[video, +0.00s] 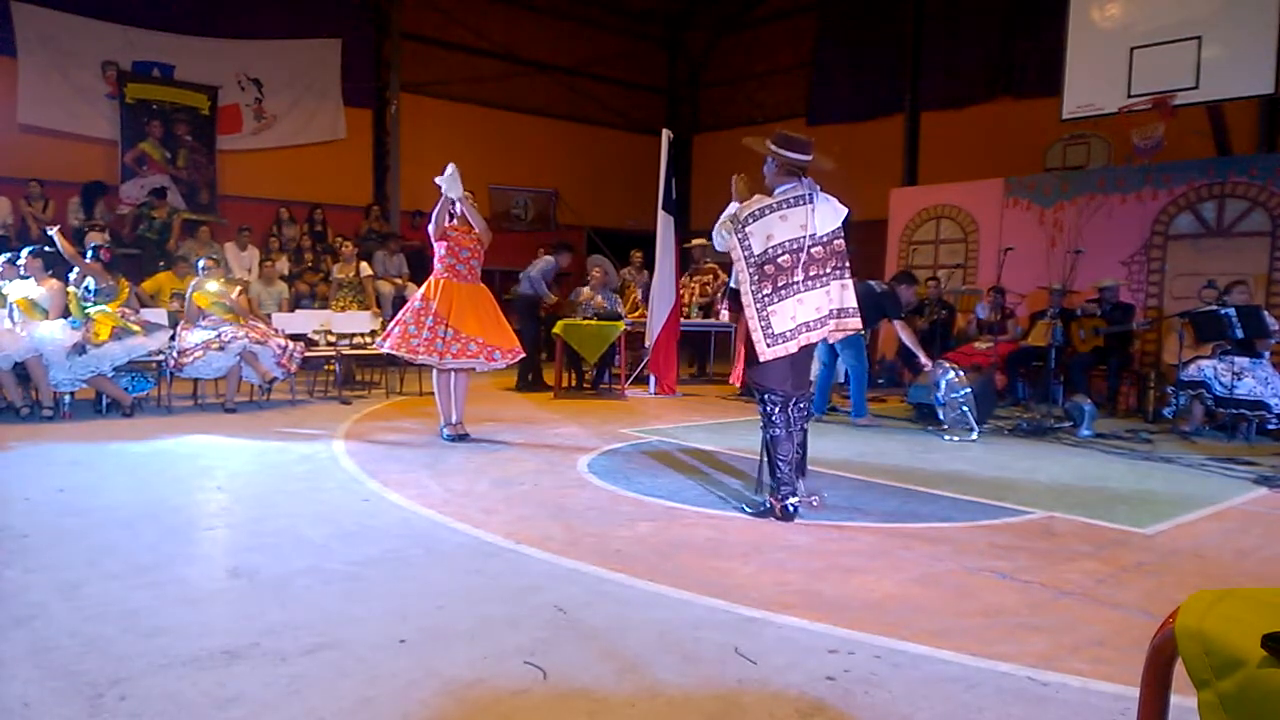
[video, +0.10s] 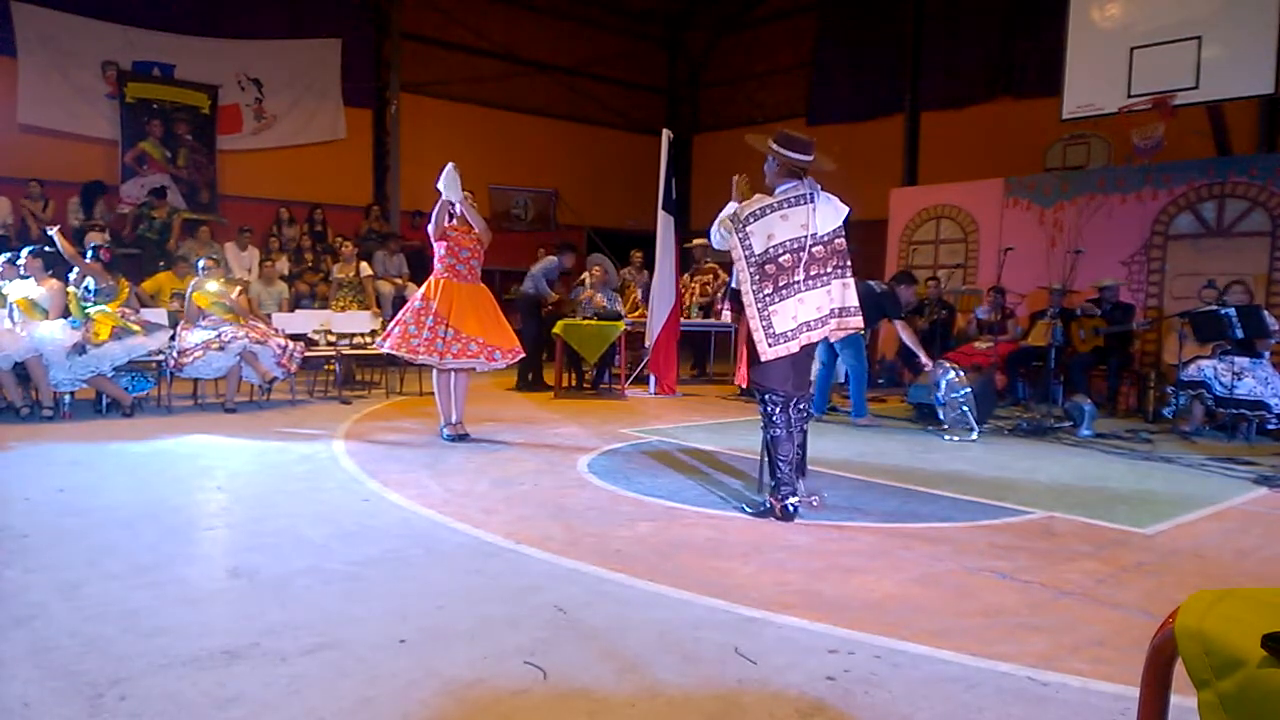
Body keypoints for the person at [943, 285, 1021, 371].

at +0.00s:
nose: (992, 300)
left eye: (996, 297)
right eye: (990, 296)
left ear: (1002, 299)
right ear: (986, 298)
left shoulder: (1008, 314)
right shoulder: (981, 313)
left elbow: (1012, 335)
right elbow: (973, 334)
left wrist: (994, 339)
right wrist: (971, 324)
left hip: (1002, 344)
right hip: (983, 343)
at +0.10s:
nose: (991, 299)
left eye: (995, 297)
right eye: (989, 296)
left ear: (1001, 300)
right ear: (986, 298)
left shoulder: (1008, 313)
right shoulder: (979, 313)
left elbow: (1012, 335)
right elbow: (972, 335)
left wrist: (994, 339)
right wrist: (971, 324)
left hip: (1002, 344)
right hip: (982, 344)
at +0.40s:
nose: (992, 300)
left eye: (995, 297)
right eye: (989, 296)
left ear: (1002, 300)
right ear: (985, 297)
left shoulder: (1008, 314)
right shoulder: (980, 313)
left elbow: (1012, 335)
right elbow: (972, 335)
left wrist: (994, 339)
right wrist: (970, 324)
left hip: (1003, 343)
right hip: (983, 343)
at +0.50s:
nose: (992, 300)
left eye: (996, 297)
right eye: (989, 296)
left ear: (1002, 300)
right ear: (986, 298)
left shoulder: (1008, 313)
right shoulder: (980, 312)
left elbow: (1013, 335)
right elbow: (972, 334)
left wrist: (994, 339)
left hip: (1002, 343)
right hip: (983, 343)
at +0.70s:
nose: (991, 300)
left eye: (995, 297)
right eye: (989, 296)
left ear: (1001, 299)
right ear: (986, 297)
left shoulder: (1008, 313)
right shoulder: (981, 312)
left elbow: (1013, 335)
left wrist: (993, 339)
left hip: (1002, 343)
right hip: (983, 343)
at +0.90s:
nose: (991, 300)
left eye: (995, 297)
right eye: (989, 296)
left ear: (1001, 299)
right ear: (986, 298)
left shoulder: (1008, 313)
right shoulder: (981, 312)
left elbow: (1012, 335)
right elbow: (973, 335)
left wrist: (993, 339)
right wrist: (971, 323)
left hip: (1002, 343)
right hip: (983, 342)